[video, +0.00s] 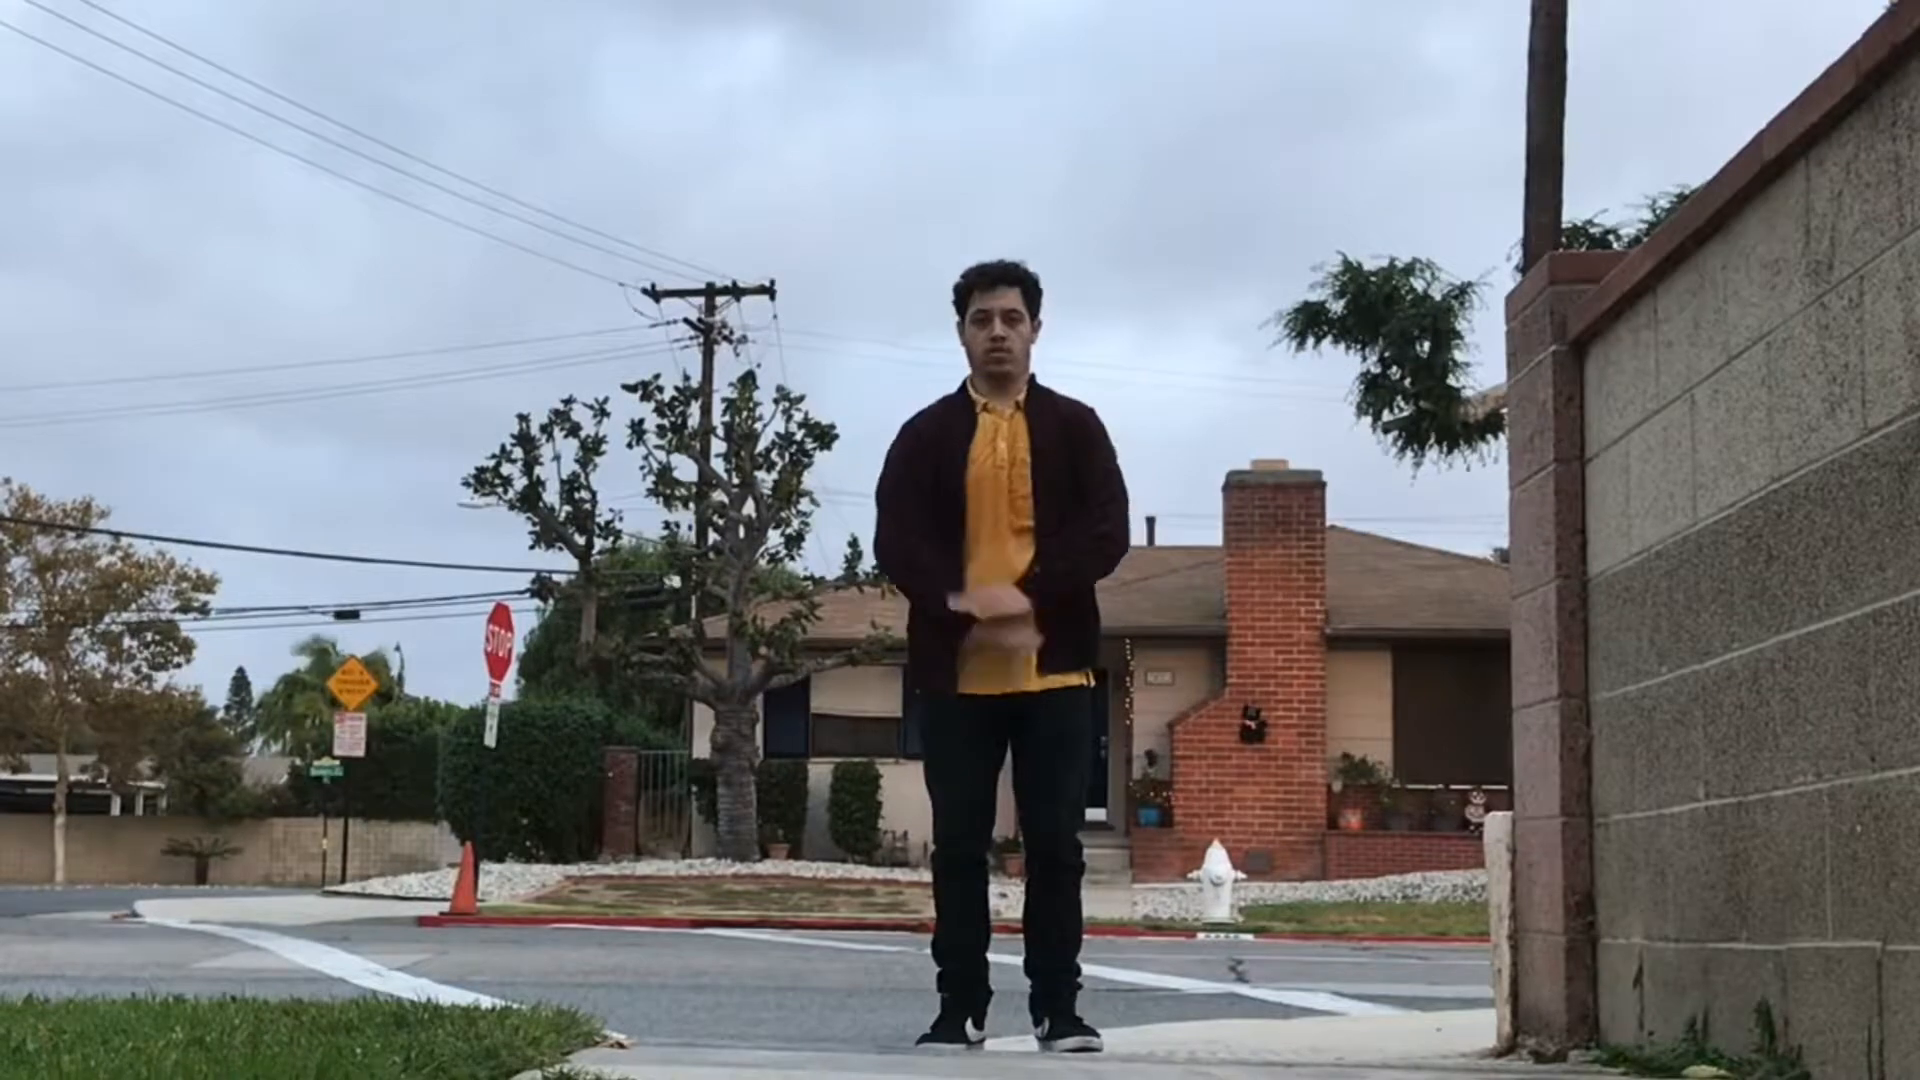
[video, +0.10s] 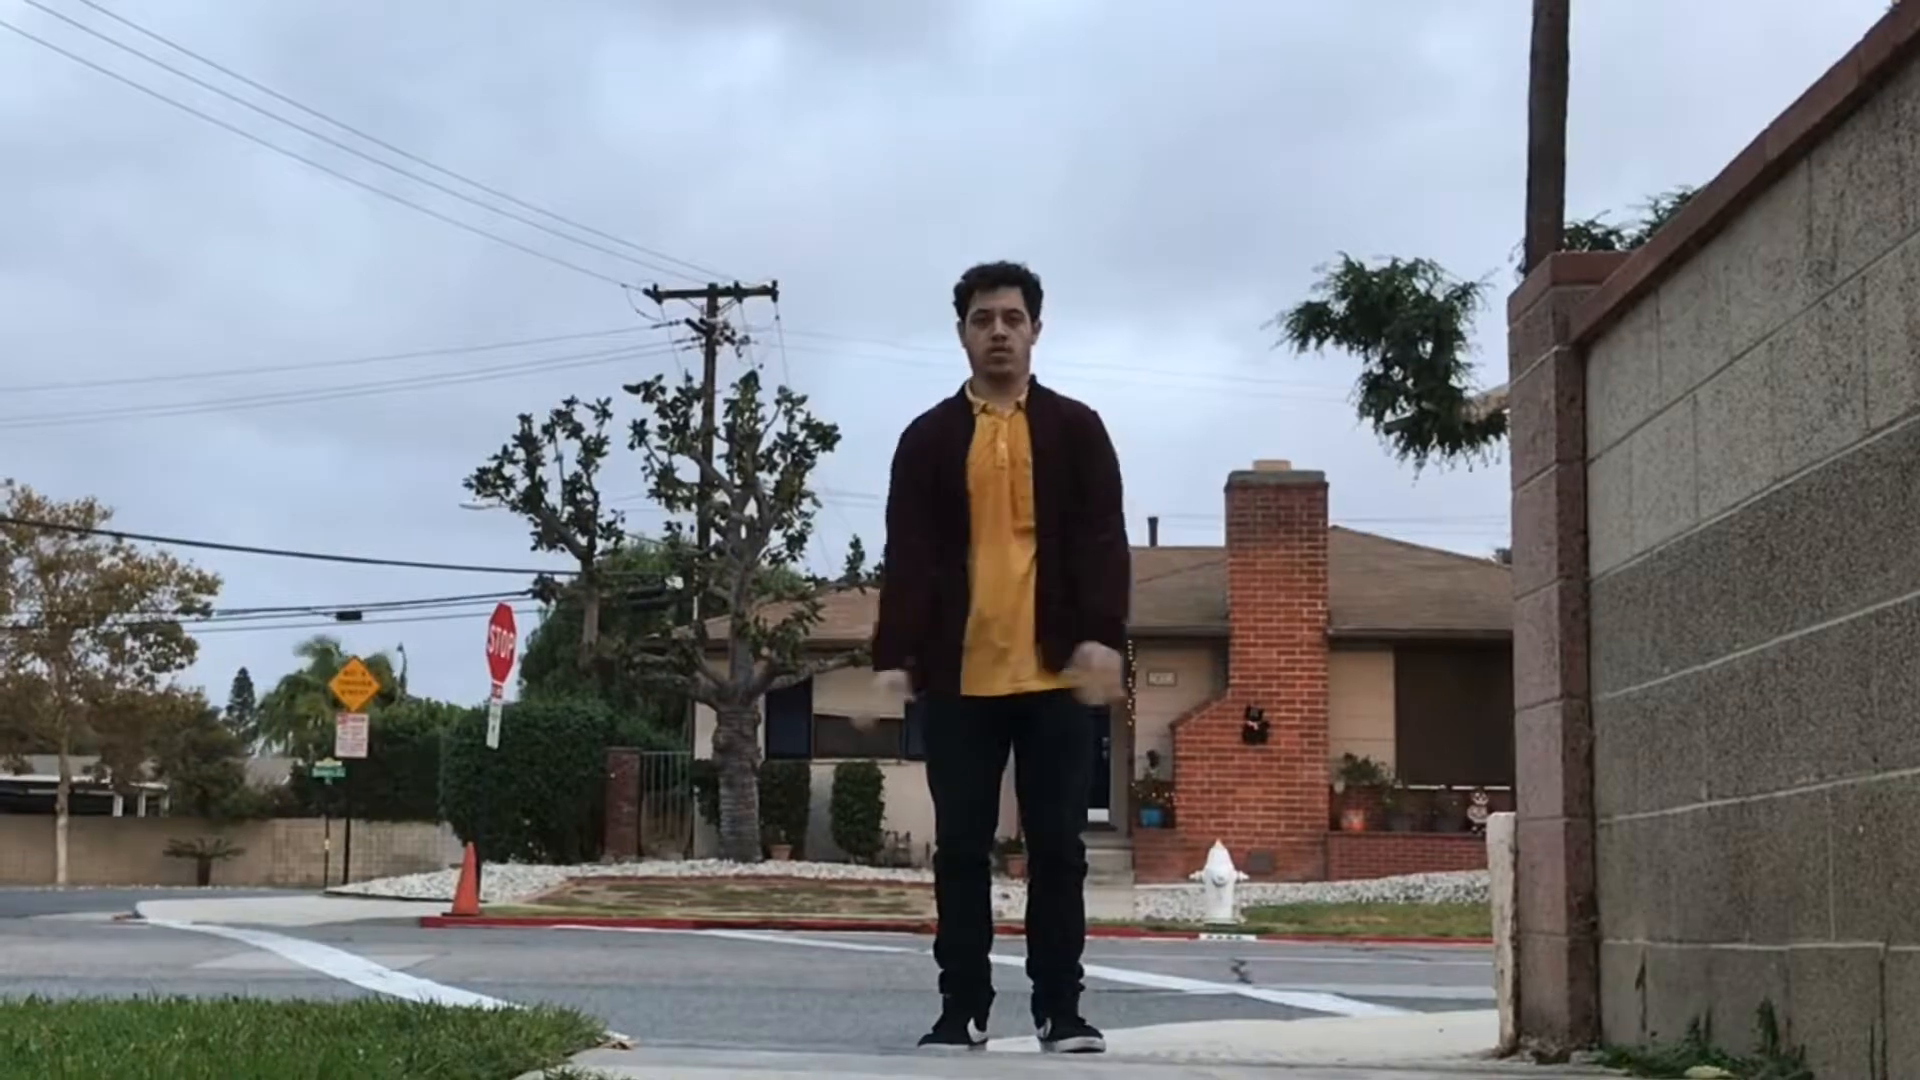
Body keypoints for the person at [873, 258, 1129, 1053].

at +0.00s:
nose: (997, 332)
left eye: (1011, 319)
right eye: (982, 320)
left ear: (1034, 331)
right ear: (962, 334)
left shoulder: (1076, 425)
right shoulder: (923, 435)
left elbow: (1109, 533)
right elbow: (895, 543)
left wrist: (1025, 594)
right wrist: (959, 597)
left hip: (1057, 679)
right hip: (956, 681)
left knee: (1056, 850)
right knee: (958, 851)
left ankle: (1058, 1011)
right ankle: (960, 1012)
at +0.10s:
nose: (998, 333)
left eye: (1013, 319)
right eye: (983, 320)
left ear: (1035, 332)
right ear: (962, 336)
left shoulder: (1077, 428)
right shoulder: (925, 438)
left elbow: (1104, 539)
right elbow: (906, 555)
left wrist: (1102, 635)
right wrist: (897, 659)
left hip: (1058, 673)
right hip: (958, 677)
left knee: (1058, 849)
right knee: (961, 851)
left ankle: (1060, 1010)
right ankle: (962, 1011)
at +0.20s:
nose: (999, 329)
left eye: (1013, 316)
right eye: (984, 317)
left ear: (1036, 329)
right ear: (964, 333)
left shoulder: (1080, 424)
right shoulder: (926, 434)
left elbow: (1130, 535)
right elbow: (878, 545)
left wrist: (1204, 593)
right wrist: (795, 617)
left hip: (1061, 678)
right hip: (960, 680)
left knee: (1062, 851)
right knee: (963, 853)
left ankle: (1062, 1011)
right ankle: (964, 1013)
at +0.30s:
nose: (999, 326)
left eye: (1013, 313)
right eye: (984, 314)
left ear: (1037, 328)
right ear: (963, 330)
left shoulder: (1079, 422)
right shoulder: (922, 431)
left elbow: (1158, 506)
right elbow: (846, 525)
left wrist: (1269, 518)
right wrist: (747, 548)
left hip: (1063, 679)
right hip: (963, 682)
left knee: (1063, 849)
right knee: (966, 850)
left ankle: (1065, 1012)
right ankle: (965, 1013)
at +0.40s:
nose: (995, 330)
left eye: (1009, 317)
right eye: (981, 318)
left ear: (1033, 331)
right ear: (959, 332)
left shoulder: (1075, 424)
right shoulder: (916, 434)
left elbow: (1172, 487)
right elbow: (830, 504)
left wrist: (1280, 456)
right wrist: (724, 481)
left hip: (1063, 681)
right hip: (962, 686)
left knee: (1086, 830)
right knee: (970, 846)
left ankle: (1073, 1006)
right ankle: (971, 1015)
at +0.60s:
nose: (988, 335)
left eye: (1002, 324)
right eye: (974, 324)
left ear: (1026, 339)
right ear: (951, 340)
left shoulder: (1066, 428)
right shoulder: (906, 433)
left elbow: (1161, 475)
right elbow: (818, 479)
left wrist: (1230, 394)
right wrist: (779, 386)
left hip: (1059, 675)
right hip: (958, 687)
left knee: (1115, 812)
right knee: (965, 856)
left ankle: (1149, 980)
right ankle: (972, 1017)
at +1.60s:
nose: (1008, 359)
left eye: (1022, 346)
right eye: (994, 344)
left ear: (1040, 353)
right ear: (968, 348)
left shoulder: (1066, 436)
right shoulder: (921, 439)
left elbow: (1151, 502)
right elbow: (851, 511)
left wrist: (1180, 423)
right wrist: (838, 419)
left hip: (1069, 668)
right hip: (973, 682)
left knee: (1132, 791)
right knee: (977, 844)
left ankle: (1164, 974)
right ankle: (974, 1009)